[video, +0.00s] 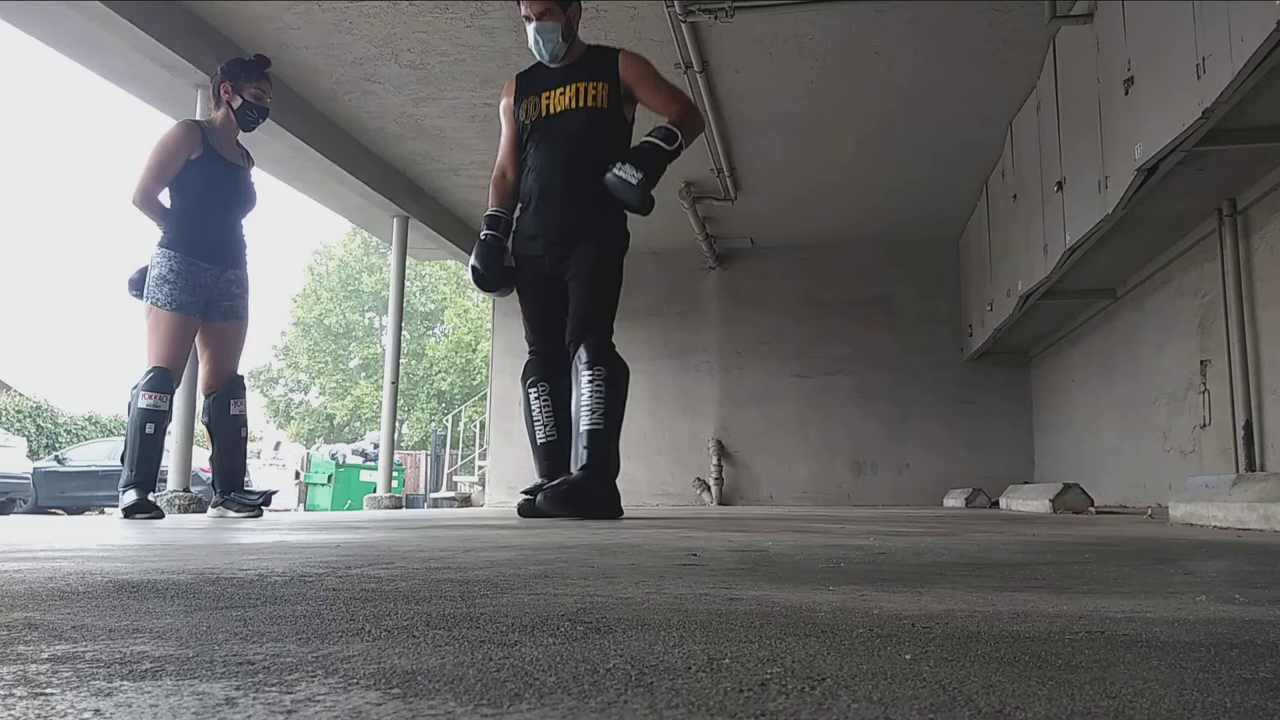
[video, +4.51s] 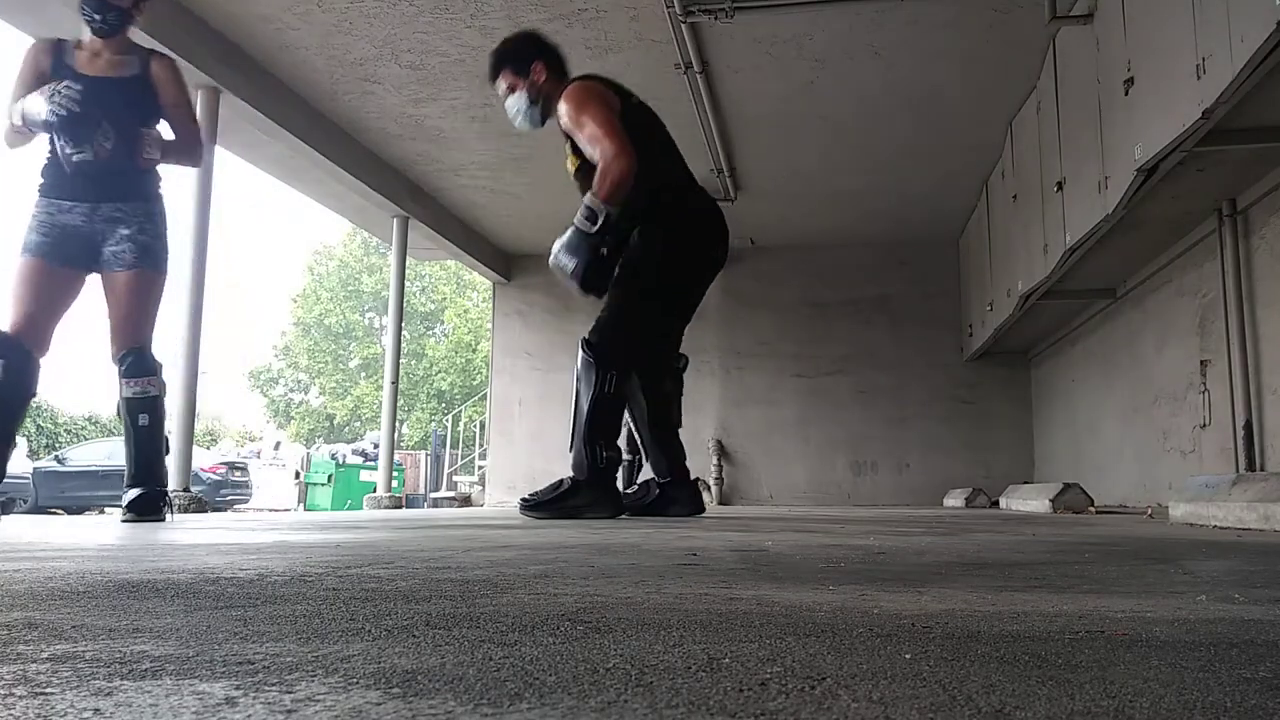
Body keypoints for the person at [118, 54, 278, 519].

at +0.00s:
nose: (261, 108)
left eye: (266, 101)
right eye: (255, 97)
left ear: (262, 103)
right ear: (226, 91)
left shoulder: (244, 157)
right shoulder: (188, 132)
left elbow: (227, 217)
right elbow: (143, 195)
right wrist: (178, 230)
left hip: (230, 272)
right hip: (181, 263)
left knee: (223, 382)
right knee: (162, 375)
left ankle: (228, 489)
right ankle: (138, 489)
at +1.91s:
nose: (230, 98)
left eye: (241, 91)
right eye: (223, 90)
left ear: (259, 100)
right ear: (213, 93)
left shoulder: (262, 161)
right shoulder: (192, 134)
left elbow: (247, 213)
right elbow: (151, 196)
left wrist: (227, 234)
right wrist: (190, 227)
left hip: (237, 275)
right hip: (184, 265)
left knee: (227, 383)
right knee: (164, 375)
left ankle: (229, 488)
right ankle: (138, 489)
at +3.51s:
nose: (188, 77)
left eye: (200, 70)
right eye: (180, 66)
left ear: (216, 79)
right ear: (166, 69)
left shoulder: (226, 141)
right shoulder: (137, 113)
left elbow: (204, 197)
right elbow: (90, 172)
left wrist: (188, 223)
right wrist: (128, 210)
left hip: (196, 258)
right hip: (135, 255)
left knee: (200, 366)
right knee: (139, 378)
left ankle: (205, 479)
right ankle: (137, 492)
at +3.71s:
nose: (184, 69)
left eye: (197, 62)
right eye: (176, 58)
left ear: (215, 71)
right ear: (163, 60)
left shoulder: (226, 135)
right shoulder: (130, 106)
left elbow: (229, 201)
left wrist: (247, 251)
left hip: (194, 256)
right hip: (128, 252)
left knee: (173, 362)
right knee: (133, 376)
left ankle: (163, 482)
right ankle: (133, 489)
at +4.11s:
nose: (160, 32)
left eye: (175, 24)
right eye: (152, 20)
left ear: (198, 34)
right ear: (142, 23)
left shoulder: (214, 94)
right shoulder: (114, 82)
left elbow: (228, 176)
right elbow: (86, 151)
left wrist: (201, 195)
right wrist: (66, 155)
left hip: (178, 233)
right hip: (114, 228)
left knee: (166, 359)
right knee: (79, 359)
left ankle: (150, 490)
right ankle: (121, 465)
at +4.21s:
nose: (149, 19)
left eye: (164, 12)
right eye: (142, 10)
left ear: (188, 23)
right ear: (132, 17)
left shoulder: (204, 84)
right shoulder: (107, 76)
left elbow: (221, 160)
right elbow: (87, 151)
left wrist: (191, 168)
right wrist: (80, 136)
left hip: (171, 224)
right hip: (108, 221)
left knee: (161, 354)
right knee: (62, 347)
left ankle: (150, 487)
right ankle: (81, 475)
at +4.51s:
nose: (108, 10)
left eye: (121, 4)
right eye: (100, 3)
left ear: (138, 9)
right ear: (83, 6)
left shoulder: (158, 67)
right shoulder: (47, 54)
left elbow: (195, 149)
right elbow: (14, 135)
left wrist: (160, 147)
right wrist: (34, 108)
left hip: (133, 216)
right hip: (59, 211)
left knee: (133, 354)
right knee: (17, 346)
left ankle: (146, 489)